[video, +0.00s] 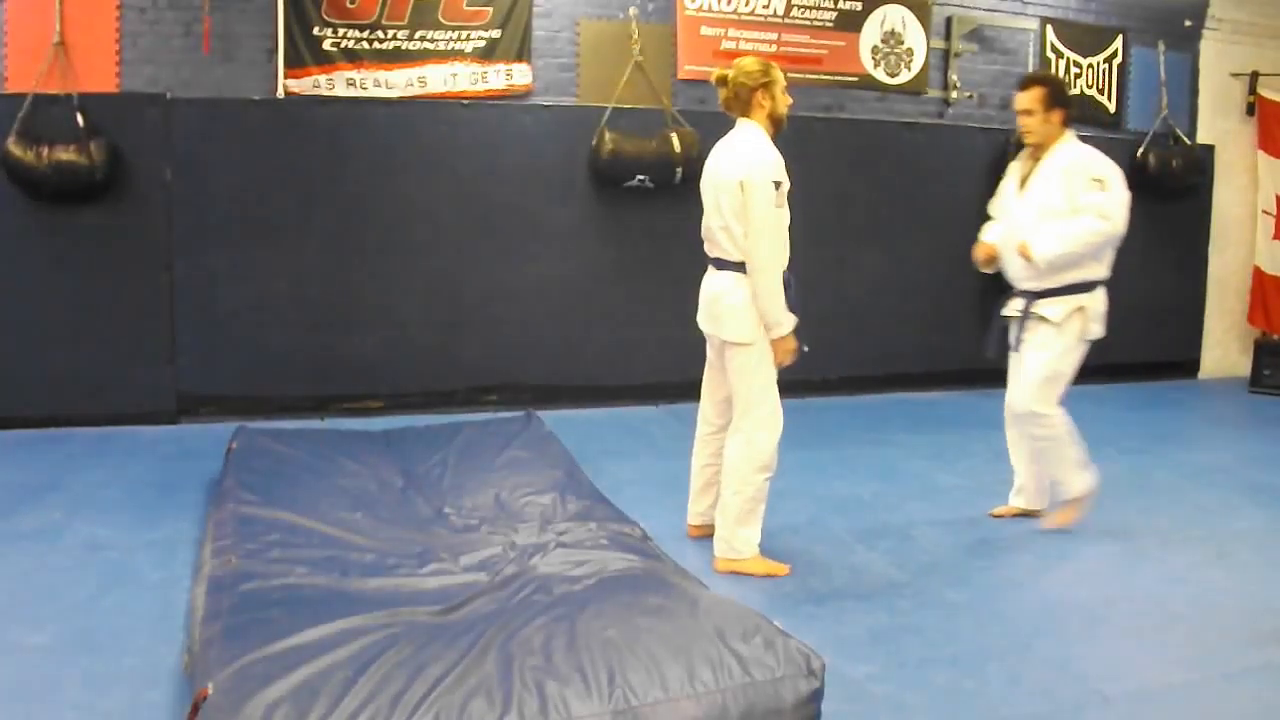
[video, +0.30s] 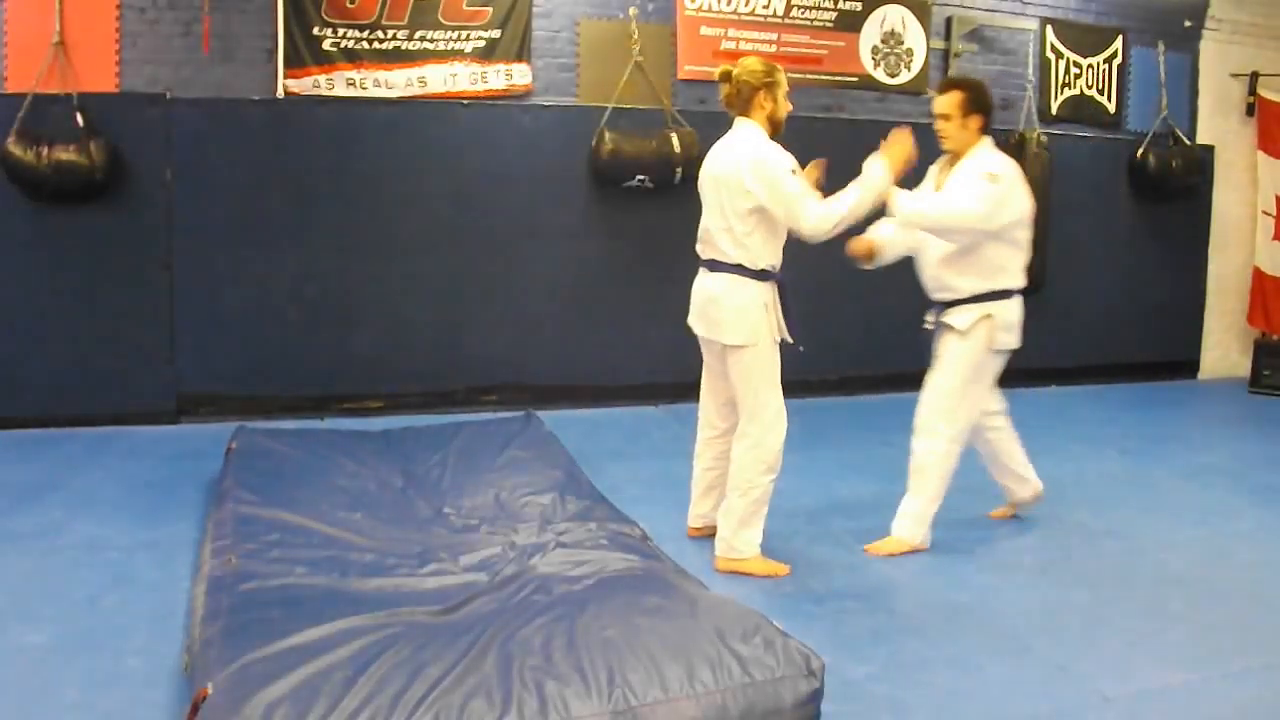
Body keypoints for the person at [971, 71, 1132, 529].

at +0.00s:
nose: (1021, 123)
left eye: (1029, 114)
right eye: (1018, 114)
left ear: (1058, 116)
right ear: (1017, 117)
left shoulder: (1092, 166)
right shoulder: (1020, 168)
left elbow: (1106, 224)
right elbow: (1001, 219)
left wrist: (1040, 248)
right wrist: (990, 246)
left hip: (1070, 301)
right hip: (1025, 300)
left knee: (1033, 399)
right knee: (1017, 401)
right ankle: (1030, 495)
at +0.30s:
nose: (938, 127)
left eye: (947, 119)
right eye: (936, 118)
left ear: (976, 121)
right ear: (940, 120)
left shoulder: (997, 174)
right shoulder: (942, 171)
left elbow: (966, 217)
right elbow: (915, 224)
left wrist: (894, 197)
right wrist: (876, 245)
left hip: (987, 314)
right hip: (955, 312)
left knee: (938, 417)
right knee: (979, 407)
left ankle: (911, 532)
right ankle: (1023, 487)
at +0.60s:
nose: (853, 116)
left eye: (862, 107)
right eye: (852, 107)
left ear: (893, 109)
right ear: (860, 109)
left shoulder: (919, 160)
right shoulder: (860, 160)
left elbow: (863, 215)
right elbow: (838, 233)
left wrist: (802, 215)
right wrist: (807, 280)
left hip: (912, 304)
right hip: (871, 302)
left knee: (886, 416)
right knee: (842, 407)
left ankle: (906, 528)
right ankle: (816, 507)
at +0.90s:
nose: (812, 112)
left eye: (820, 102)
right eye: (809, 103)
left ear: (851, 101)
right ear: (816, 105)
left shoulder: (878, 148)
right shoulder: (813, 155)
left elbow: (838, 183)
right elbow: (789, 220)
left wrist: (768, 172)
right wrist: (778, 271)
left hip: (858, 302)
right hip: (816, 299)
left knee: (835, 421)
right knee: (801, 411)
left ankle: (831, 545)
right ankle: (807, 508)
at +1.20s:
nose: (801, 114)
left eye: (809, 104)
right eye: (798, 105)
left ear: (840, 102)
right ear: (804, 105)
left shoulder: (870, 152)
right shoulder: (802, 156)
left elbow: (840, 207)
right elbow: (779, 222)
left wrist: (771, 195)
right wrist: (758, 277)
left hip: (856, 303)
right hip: (813, 301)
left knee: (836, 423)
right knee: (799, 412)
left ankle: (833, 546)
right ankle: (807, 507)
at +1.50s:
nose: (835, 114)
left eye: (844, 105)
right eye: (832, 106)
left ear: (873, 103)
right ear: (834, 107)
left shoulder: (912, 158)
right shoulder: (835, 157)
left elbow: (911, 236)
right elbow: (822, 222)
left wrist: (867, 290)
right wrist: (805, 282)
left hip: (886, 302)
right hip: (836, 297)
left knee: (866, 415)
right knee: (820, 408)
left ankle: (876, 529)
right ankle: (817, 506)